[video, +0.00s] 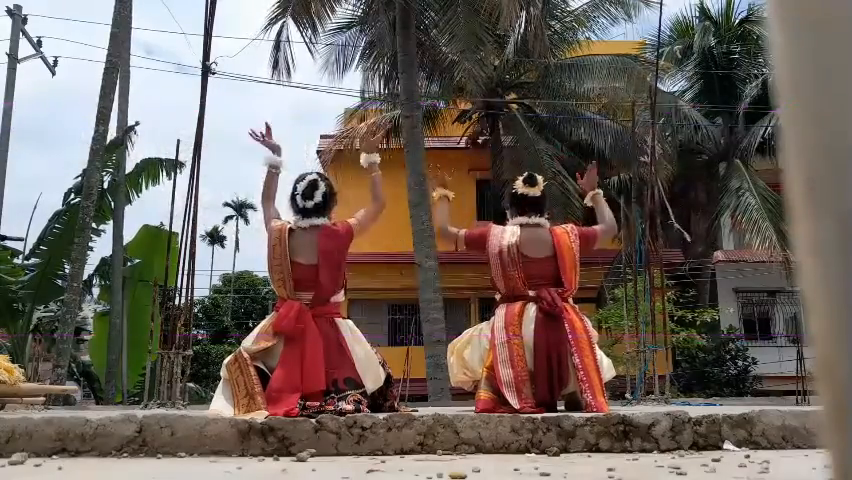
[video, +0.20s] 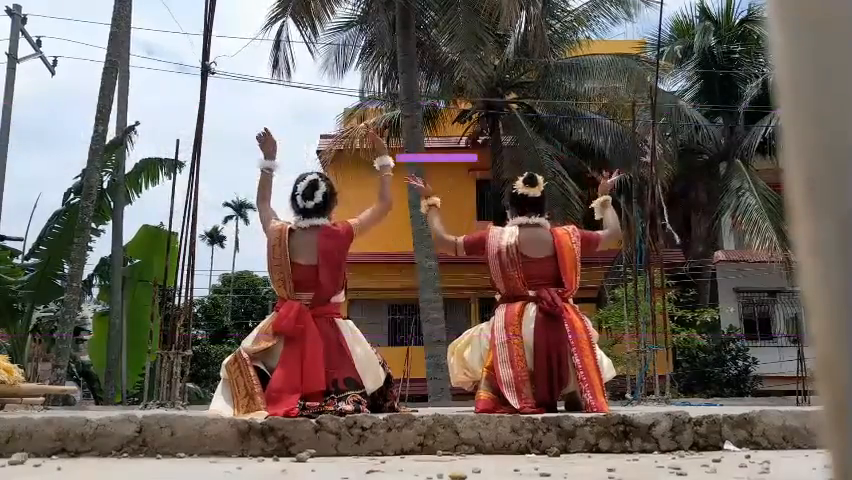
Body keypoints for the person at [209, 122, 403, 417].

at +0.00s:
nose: (335, 203)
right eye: (333, 199)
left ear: (294, 202)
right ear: (330, 203)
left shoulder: (279, 234)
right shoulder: (340, 235)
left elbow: (267, 201)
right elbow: (378, 205)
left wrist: (274, 158)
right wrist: (371, 161)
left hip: (288, 330)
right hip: (331, 331)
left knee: (240, 367)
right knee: (379, 386)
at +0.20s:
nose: (337, 201)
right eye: (334, 196)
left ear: (294, 201)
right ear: (331, 202)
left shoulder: (279, 234)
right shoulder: (341, 234)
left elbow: (263, 204)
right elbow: (384, 205)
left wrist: (268, 160)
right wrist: (384, 158)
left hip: (287, 332)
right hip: (331, 333)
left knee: (238, 367)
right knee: (378, 387)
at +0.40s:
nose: (338, 202)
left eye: (335, 196)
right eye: (335, 197)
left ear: (296, 202)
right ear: (331, 204)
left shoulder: (279, 235)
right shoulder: (342, 234)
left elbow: (257, 206)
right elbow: (389, 207)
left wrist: (260, 167)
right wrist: (397, 171)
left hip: (288, 337)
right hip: (332, 337)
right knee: (378, 388)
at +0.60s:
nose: (338, 203)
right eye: (335, 199)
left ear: (296, 204)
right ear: (333, 203)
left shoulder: (278, 235)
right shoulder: (343, 236)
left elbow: (252, 211)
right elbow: (396, 220)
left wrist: (240, 175)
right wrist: (417, 190)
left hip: (286, 335)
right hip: (333, 336)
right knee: (378, 383)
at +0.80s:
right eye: (332, 196)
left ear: (298, 202)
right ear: (332, 203)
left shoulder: (276, 236)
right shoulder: (346, 238)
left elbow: (247, 214)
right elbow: (400, 233)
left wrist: (233, 181)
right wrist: (420, 201)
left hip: (287, 339)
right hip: (333, 339)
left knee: (242, 365)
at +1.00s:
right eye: (326, 201)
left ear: (298, 203)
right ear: (334, 205)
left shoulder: (276, 238)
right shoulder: (348, 241)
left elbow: (245, 223)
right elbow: (401, 238)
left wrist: (229, 189)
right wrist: (420, 212)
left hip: (289, 334)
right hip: (333, 336)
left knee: (240, 366)